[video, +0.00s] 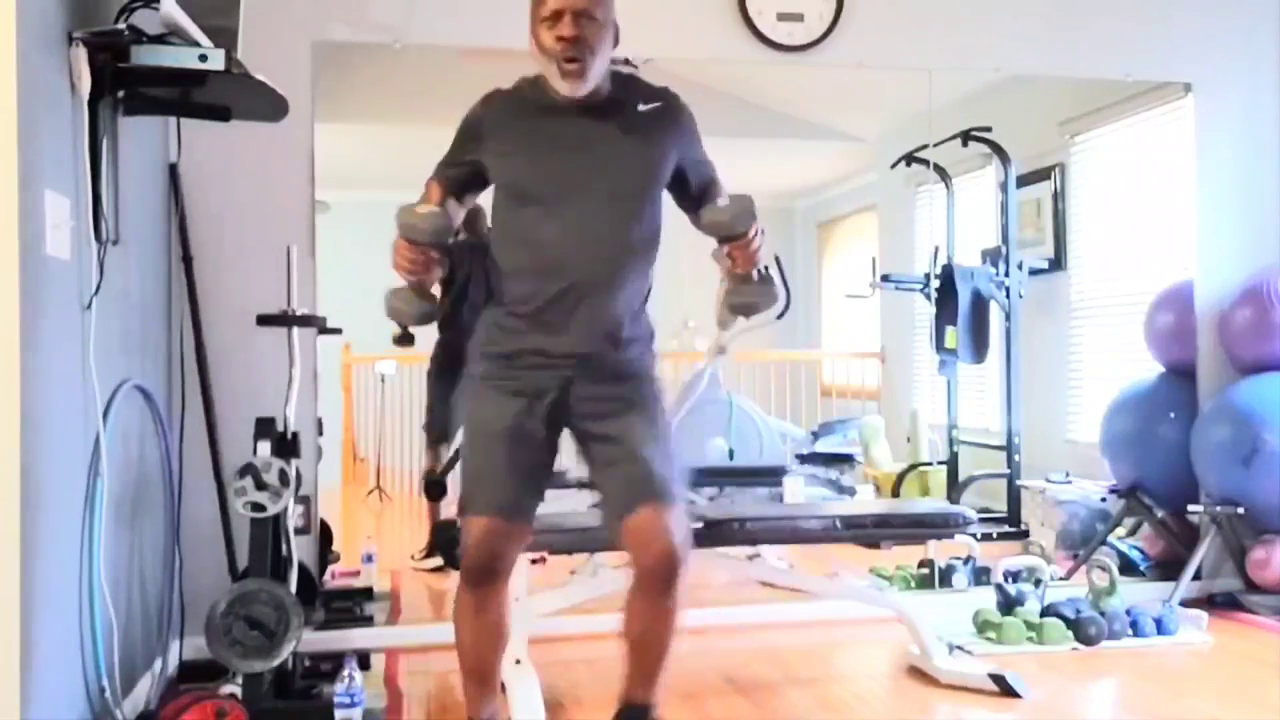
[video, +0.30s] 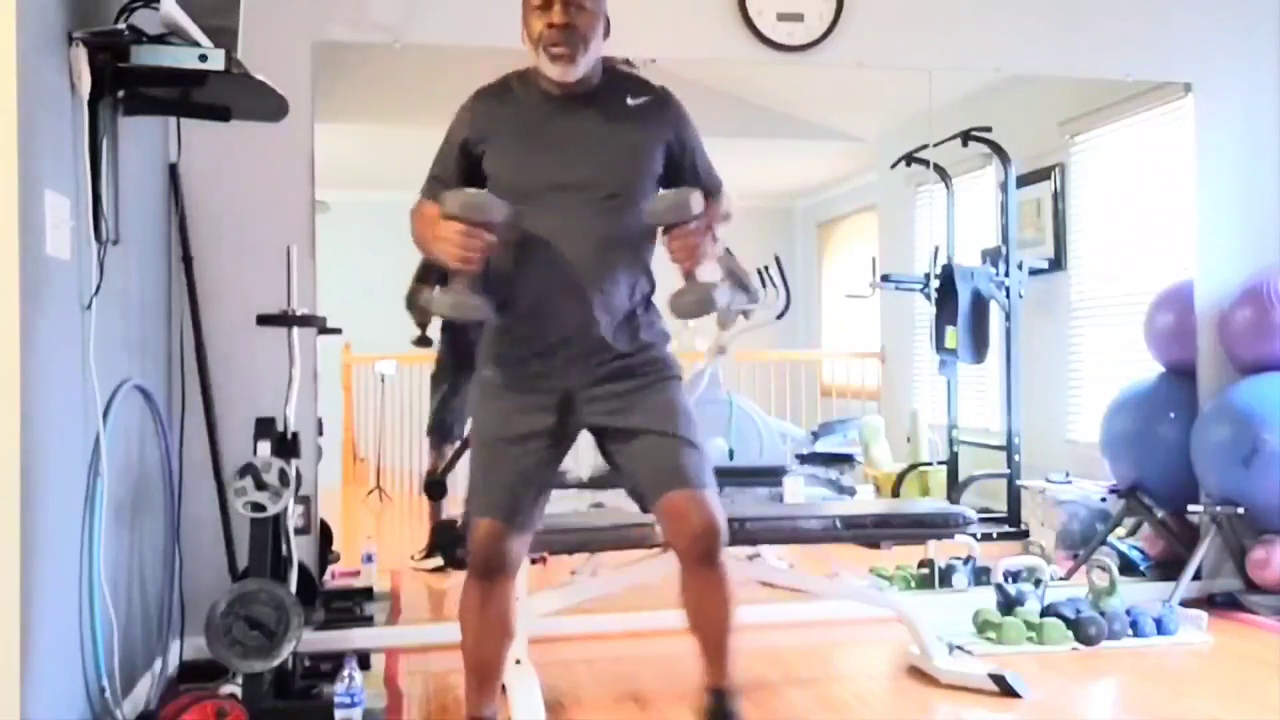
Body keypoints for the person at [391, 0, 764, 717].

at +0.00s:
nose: (568, 32)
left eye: (586, 16)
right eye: (553, 18)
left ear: (615, 25)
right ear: (533, 29)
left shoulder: (662, 116)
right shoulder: (494, 116)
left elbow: (715, 210)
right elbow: (437, 205)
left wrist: (742, 247)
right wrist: (417, 245)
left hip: (617, 366)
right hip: (509, 364)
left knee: (661, 552)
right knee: (484, 554)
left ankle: (637, 710)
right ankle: (485, 712)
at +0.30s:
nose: (557, 20)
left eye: (575, 6)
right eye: (542, 6)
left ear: (605, 20)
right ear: (524, 18)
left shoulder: (654, 109)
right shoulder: (486, 111)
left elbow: (709, 198)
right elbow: (428, 210)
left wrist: (698, 233)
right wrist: (439, 236)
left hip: (631, 361)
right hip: (517, 369)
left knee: (700, 529)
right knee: (489, 550)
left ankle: (721, 695)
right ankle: (482, 710)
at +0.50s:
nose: (597, 111)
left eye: (611, 97)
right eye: (582, 99)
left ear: (639, 108)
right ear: (563, 113)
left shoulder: (692, 201)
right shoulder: (524, 201)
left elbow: (741, 327)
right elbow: (473, 318)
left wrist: (693, 313)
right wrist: (520, 318)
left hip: (667, 431)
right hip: (548, 432)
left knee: (768, 568)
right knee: (480, 586)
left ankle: (799, 714)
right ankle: (485, 716)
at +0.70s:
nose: (653, 137)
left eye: (668, 124)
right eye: (638, 125)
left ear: (698, 137)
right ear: (621, 138)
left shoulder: (747, 219)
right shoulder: (577, 220)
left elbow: (800, 337)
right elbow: (525, 338)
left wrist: (754, 321)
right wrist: (568, 335)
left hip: (713, 438)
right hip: (598, 439)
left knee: (801, 581)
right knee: (518, 586)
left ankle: (804, 717)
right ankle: (490, 715)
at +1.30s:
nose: (740, 18)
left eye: (756, 4)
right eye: (723, 6)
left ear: (785, 13)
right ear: (705, 19)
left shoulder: (843, 98)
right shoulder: (672, 116)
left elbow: (912, 186)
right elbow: (622, 224)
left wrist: (897, 212)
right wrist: (638, 243)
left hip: (829, 346)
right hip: (723, 358)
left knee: (874, 520)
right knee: (712, 539)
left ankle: (885, 702)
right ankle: (721, 705)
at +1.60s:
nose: (821, 147)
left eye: (836, 133)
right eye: (807, 134)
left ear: (866, 144)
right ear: (787, 148)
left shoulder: (914, 220)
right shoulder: (754, 227)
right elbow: (714, 356)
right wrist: (747, 343)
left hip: (888, 437)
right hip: (777, 438)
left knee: (995, 574)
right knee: (700, 574)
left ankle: (1012, 716)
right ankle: (723, 710)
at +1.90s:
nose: (890, 43)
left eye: (907, 27)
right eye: (874, 29)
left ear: (939, 36)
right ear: (855, 44)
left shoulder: (1001, 119)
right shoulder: (825, 138)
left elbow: (1059, 220)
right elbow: (783, 243)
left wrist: (1057, 252)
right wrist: (771, 274)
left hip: (971, 363)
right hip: (859, 363)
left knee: (1007, 550)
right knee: (797, 532)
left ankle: (1018, 713)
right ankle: (809, 683)